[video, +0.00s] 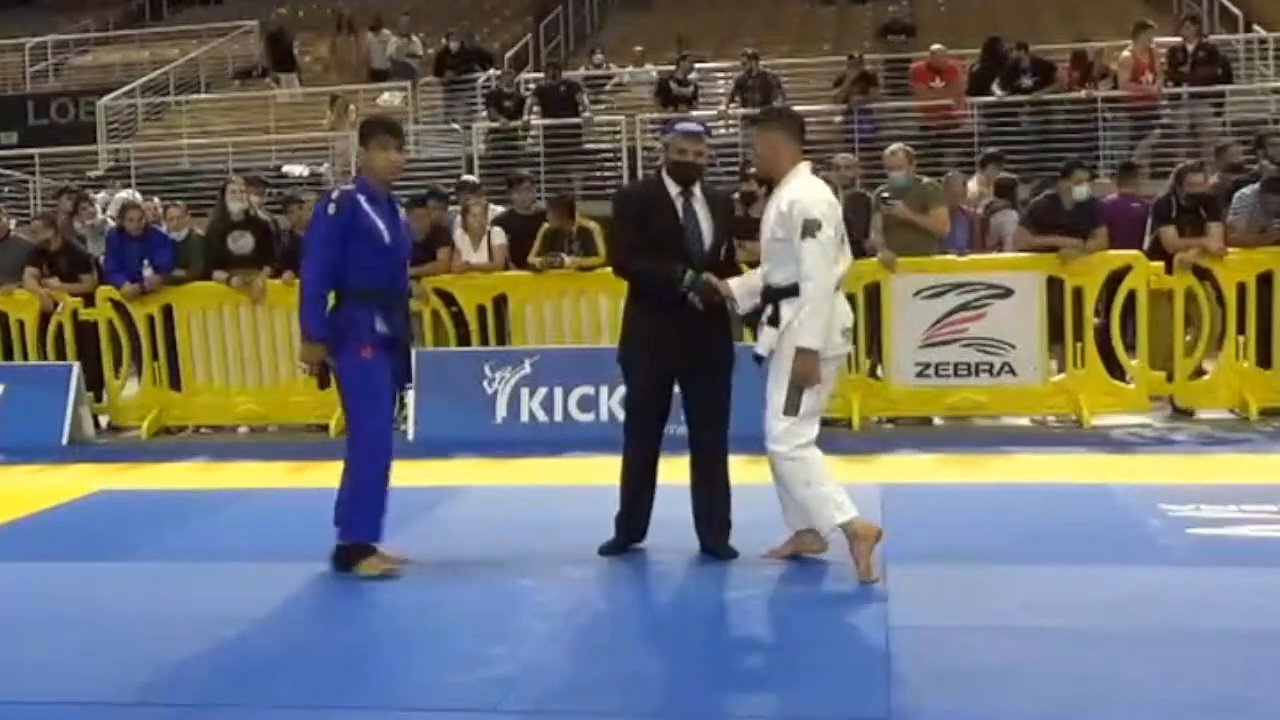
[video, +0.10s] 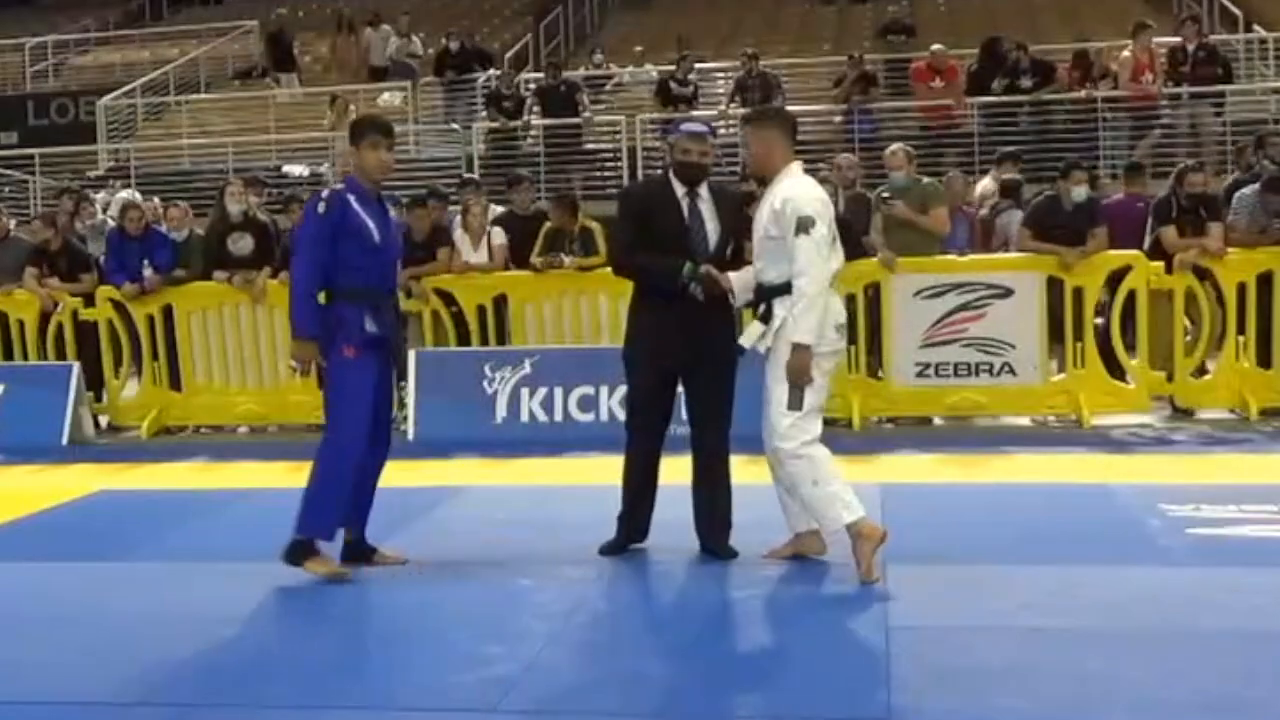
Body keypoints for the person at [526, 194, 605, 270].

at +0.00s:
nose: (547, 217)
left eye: (551, 212)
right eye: (548, 212)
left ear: (564, 214)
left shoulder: (591, 228)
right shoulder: (547, 228)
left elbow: (601, 259)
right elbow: (531, 258)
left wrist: (572, 262)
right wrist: (545, 262)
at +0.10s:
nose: (549, 213)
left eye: (553, 209)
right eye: (550, 209)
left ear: (566, 213)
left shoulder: (592, 228)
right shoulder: (549, 227)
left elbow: (602, 258)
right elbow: (533, 259)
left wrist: (575, 262)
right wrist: (548, 262)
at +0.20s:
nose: (553, 212)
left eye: (558, 208)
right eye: (554, 208)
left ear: (570, 210)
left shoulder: (594, 228)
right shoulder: (551, 226)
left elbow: (601, 258)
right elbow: (537, 258)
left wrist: (573, 262)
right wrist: (548, 263)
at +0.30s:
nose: (556, 211)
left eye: (561, 207)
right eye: (556, 207)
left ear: (574, 208)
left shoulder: (597, 227)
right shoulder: (553, 226)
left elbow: (601, 258)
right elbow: (540, 257)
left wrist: (572, 262)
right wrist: (549, 262)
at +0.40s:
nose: (560, 207)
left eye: (565, 203)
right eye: (560, 202)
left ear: (578, 206)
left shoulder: (599, 226)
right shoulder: (554, 224)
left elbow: (601, 257)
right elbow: (541, 257)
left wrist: (574, 262)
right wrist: (553, 262)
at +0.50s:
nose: (563, 204)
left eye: (567, 200)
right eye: (562, 200)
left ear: (581, 201)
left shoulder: (601, 225)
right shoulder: (556, 223)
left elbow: (603, 257)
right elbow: (543, 255)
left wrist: (577, 262)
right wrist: (552, 262)